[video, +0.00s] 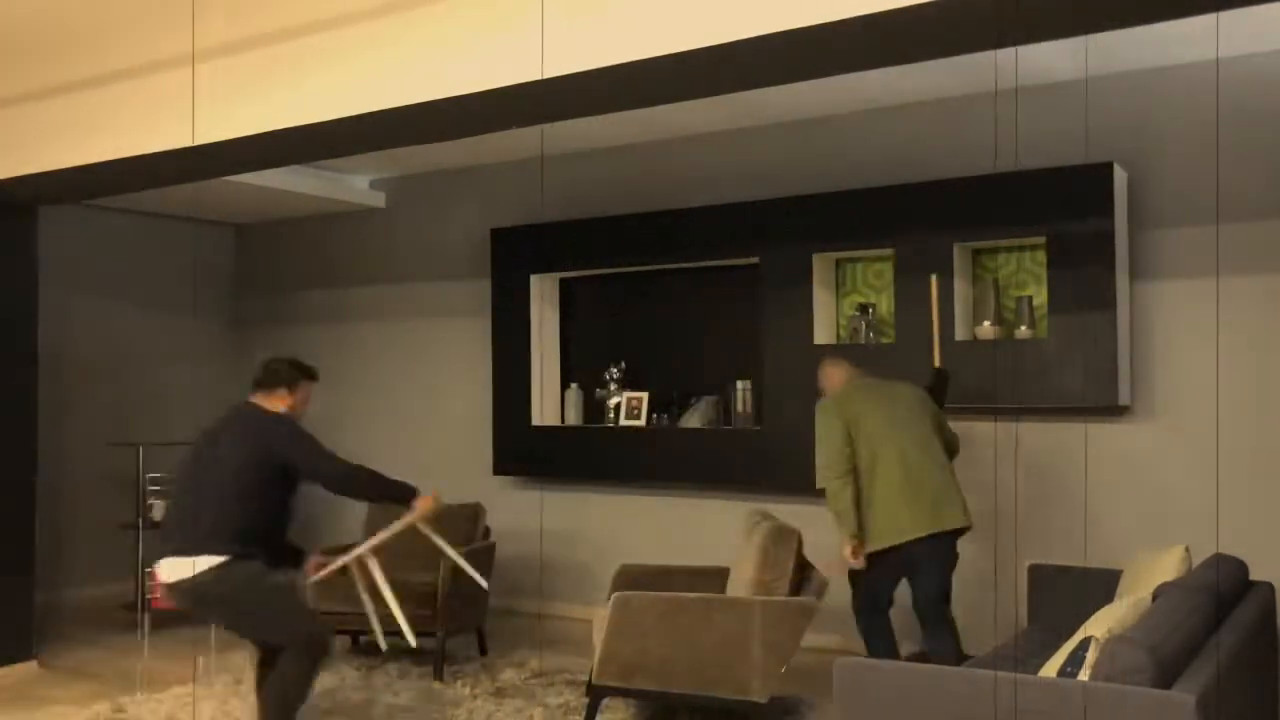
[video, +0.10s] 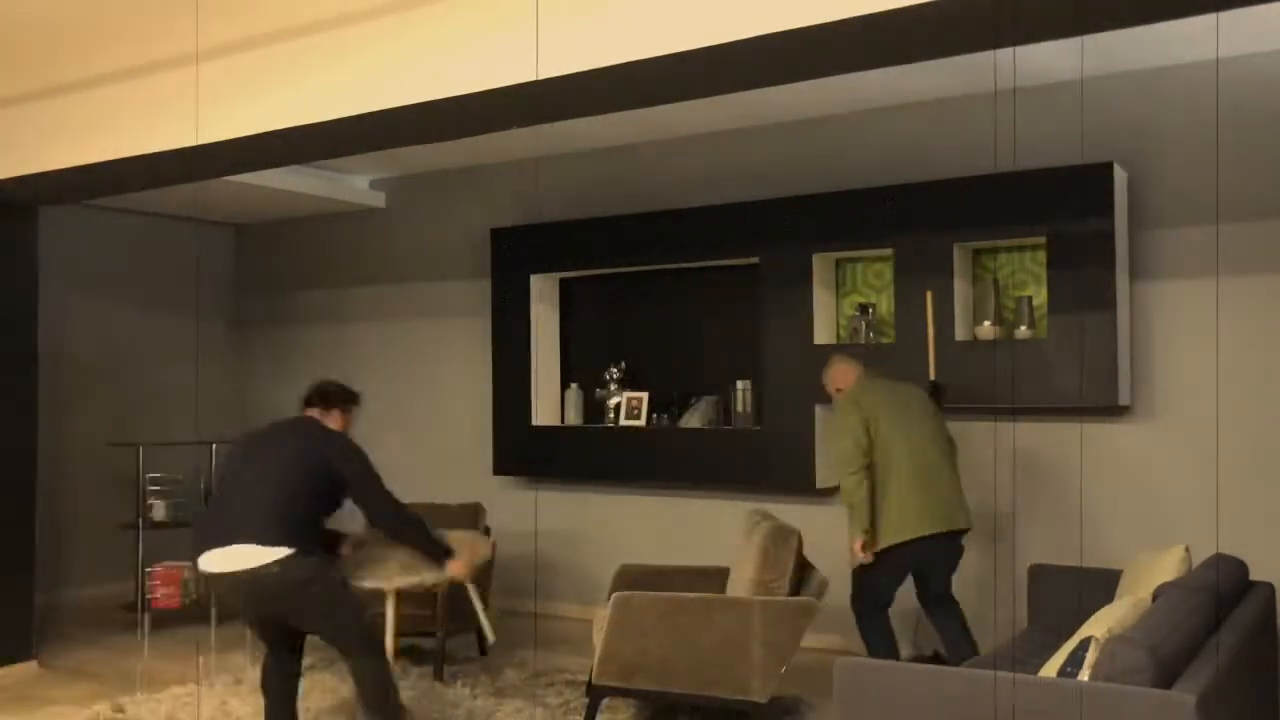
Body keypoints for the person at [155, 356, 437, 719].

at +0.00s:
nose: (306, 409)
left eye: (307, 399)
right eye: (306, 399)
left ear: (260, 390)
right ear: (289, 393)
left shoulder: (226, 428)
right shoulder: (275, 429)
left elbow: (237, 522)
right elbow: (339, 476)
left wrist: (302, 559)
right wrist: (411, 495)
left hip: (180, 575)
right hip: (218, 570)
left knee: (277, 641)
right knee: (310, 637)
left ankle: (272, 712)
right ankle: (276, 712)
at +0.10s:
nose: (347, 430)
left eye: (349, 423)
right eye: (347, 421)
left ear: (308, 410)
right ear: (330, 414)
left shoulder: (259, 440)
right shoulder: (334, 445)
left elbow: (270, 518)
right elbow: (386, 513)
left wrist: (339, 542)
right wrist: (444, 556)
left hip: (223, 574)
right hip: (283, 569)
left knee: (283, 645)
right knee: (361, 644)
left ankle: (279, 716)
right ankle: (387, 713)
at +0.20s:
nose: (396, 461)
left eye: (397, 452)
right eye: (395, 452)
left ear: (353, 441)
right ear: (383, 447)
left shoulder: (303, 454)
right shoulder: (386, 481)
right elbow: (402, 569)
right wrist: (434, 631)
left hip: (262, 580)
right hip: (334, 587)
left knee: (275, 647)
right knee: (401, 659)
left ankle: (267, 713)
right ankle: (425, 713)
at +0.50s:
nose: (464, 495)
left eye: (468, 488)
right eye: (465, 487)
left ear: (425, 466)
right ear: (451, 479)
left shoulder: (382, 483)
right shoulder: (449, 512)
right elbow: (451, 592)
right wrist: (466, 640)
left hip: (295, 590)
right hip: (355, 600)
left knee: (314, 645)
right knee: (445, 646)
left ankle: (280, 715)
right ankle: (447, 714)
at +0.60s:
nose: (500, 432)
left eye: (503, 423)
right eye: (499, 421)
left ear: (458, 412)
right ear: (475, 417)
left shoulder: (407, 433)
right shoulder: (469, 461)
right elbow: (478, 541)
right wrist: (486, 603)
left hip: (322, 573)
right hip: (379, 584)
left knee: (346, 640)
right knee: (457, 641)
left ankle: (297, 712)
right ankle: (452, 712)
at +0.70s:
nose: (517, 393)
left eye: (519, 382)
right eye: (512, 380)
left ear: (476, 374)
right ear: (482, 372)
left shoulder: (445, 400)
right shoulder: (470, 417)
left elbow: (438, 489)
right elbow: (475, 500)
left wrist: (461, 554)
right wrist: (497, 570)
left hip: (345, 536)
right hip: (380, 546)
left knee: (405, 635)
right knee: (440, 646)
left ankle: (377, 711)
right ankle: (444, 712)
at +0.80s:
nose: (509, 374)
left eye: (512, 364)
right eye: (499, 362)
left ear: (515, 364)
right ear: (465, 363)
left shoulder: (479, 415)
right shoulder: (436, 415)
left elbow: (486, 487)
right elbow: (432, 506)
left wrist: (531, 535)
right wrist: (470, 578)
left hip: (434, 559)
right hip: (396, 564)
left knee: (457, 656)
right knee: (454, 660)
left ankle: (425, 710)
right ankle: (428, 712)